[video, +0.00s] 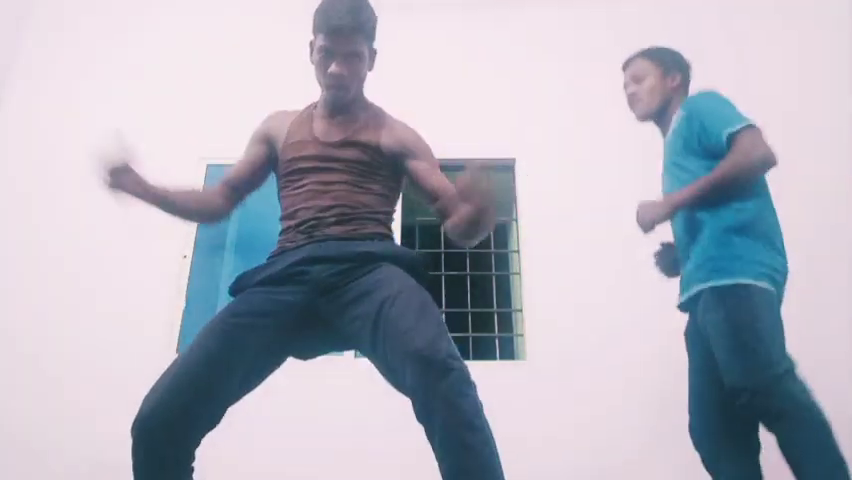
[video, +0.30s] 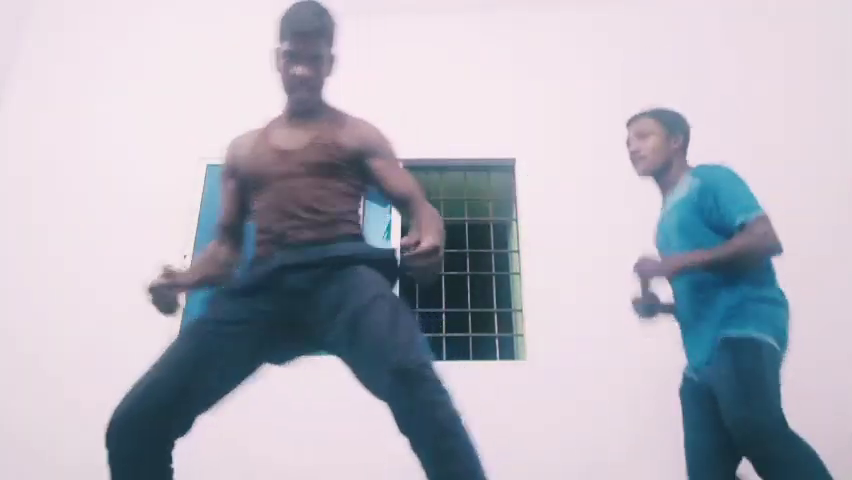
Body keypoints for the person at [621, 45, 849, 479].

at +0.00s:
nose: (629, 91)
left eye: (638, 80)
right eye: (625, 85)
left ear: (673, 79)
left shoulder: (701, 106)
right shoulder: (677, 145)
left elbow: (757, 152)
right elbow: (727, 214)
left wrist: (670, 203)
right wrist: (683, 251)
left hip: (737, 276)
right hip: (704, 293)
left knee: (769, 390)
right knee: (715, 428)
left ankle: (830, 474)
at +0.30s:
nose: (632, 147)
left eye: (643, 137)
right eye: (629, 141)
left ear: (676, 141)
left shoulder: (713, 180)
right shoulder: (668, 218)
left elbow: (766, 239)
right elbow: (703, 304)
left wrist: (678, 263)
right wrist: (661, 307)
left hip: (745, 330)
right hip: (703, 351)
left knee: (759, 433)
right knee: (706, 468)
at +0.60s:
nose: (623, 116)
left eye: (632, 106)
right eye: (621, 110)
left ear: (666, 111)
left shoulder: (698, 148)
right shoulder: (647, 187)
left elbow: (755, 197)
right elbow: (685, 258)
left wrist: (665, 220)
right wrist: (644, 278)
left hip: (716, 329)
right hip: (668, 337)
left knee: (736, 447)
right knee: (686, 454)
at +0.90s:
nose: (576, 107)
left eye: (585, 97)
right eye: (576, 100)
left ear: (616, 99)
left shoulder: (642, 131)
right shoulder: (609, 163)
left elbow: (678, 181)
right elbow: (646, 237)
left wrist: (599, 198)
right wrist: (602, 261)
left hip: (659, 298)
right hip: (620, 311)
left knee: (697, 410)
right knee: (627, 430)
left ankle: (752, 475)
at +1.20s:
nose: (532, 159)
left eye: (540, 148)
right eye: (530, 152)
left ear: (570, 151)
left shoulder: (607, 187)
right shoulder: (567, 219)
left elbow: (653, 238)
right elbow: (598, 302)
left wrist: (569, 262)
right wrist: (560, 317)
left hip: (621, 344)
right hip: (578, 355)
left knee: (645, 441)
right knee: (559, 462)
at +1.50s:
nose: (554, 118)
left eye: (562, 108)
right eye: (553, 111)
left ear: (593, 110)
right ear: (584, 114)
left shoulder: (633, 151)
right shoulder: (578, 188)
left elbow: (674, 207)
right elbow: (599, 261)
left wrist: (592, 241)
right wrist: (561, 266)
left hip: (632, 325)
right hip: (585, 329)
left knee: (631, 438)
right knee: (573, 447)